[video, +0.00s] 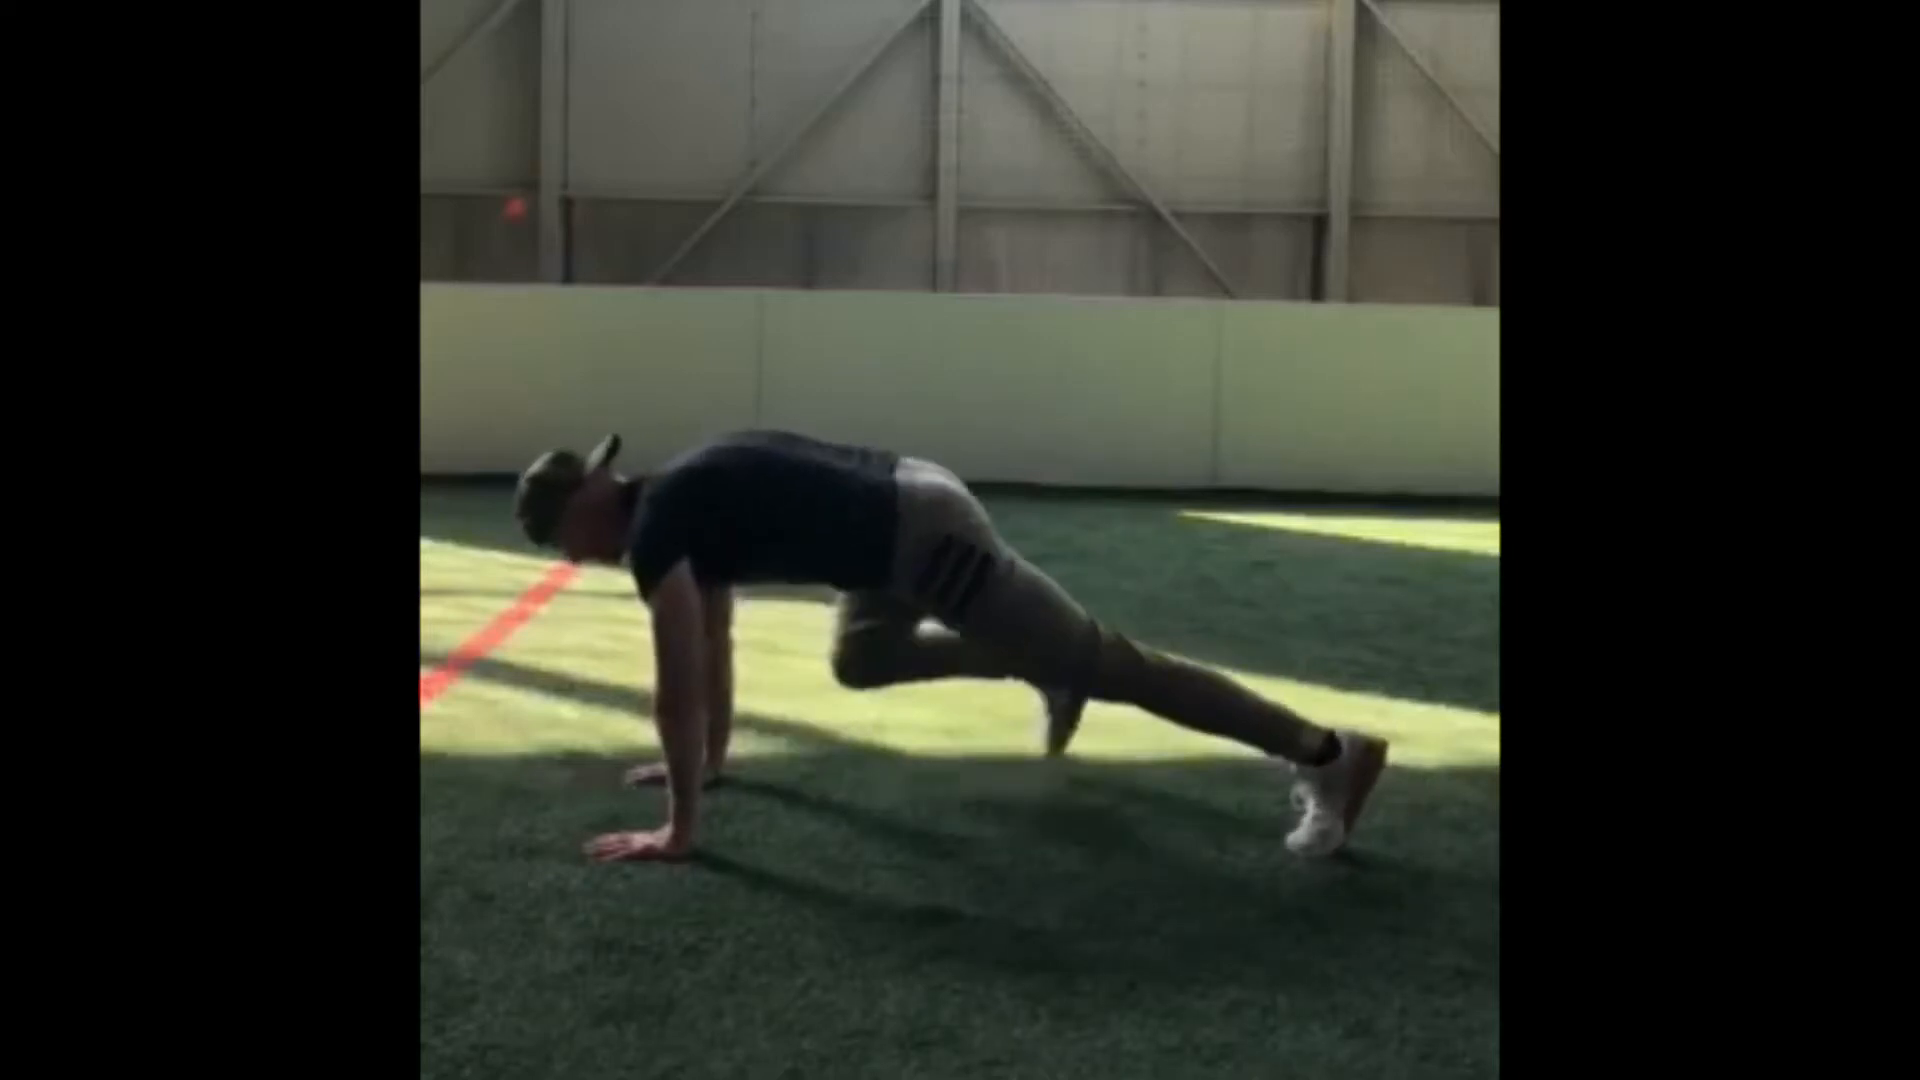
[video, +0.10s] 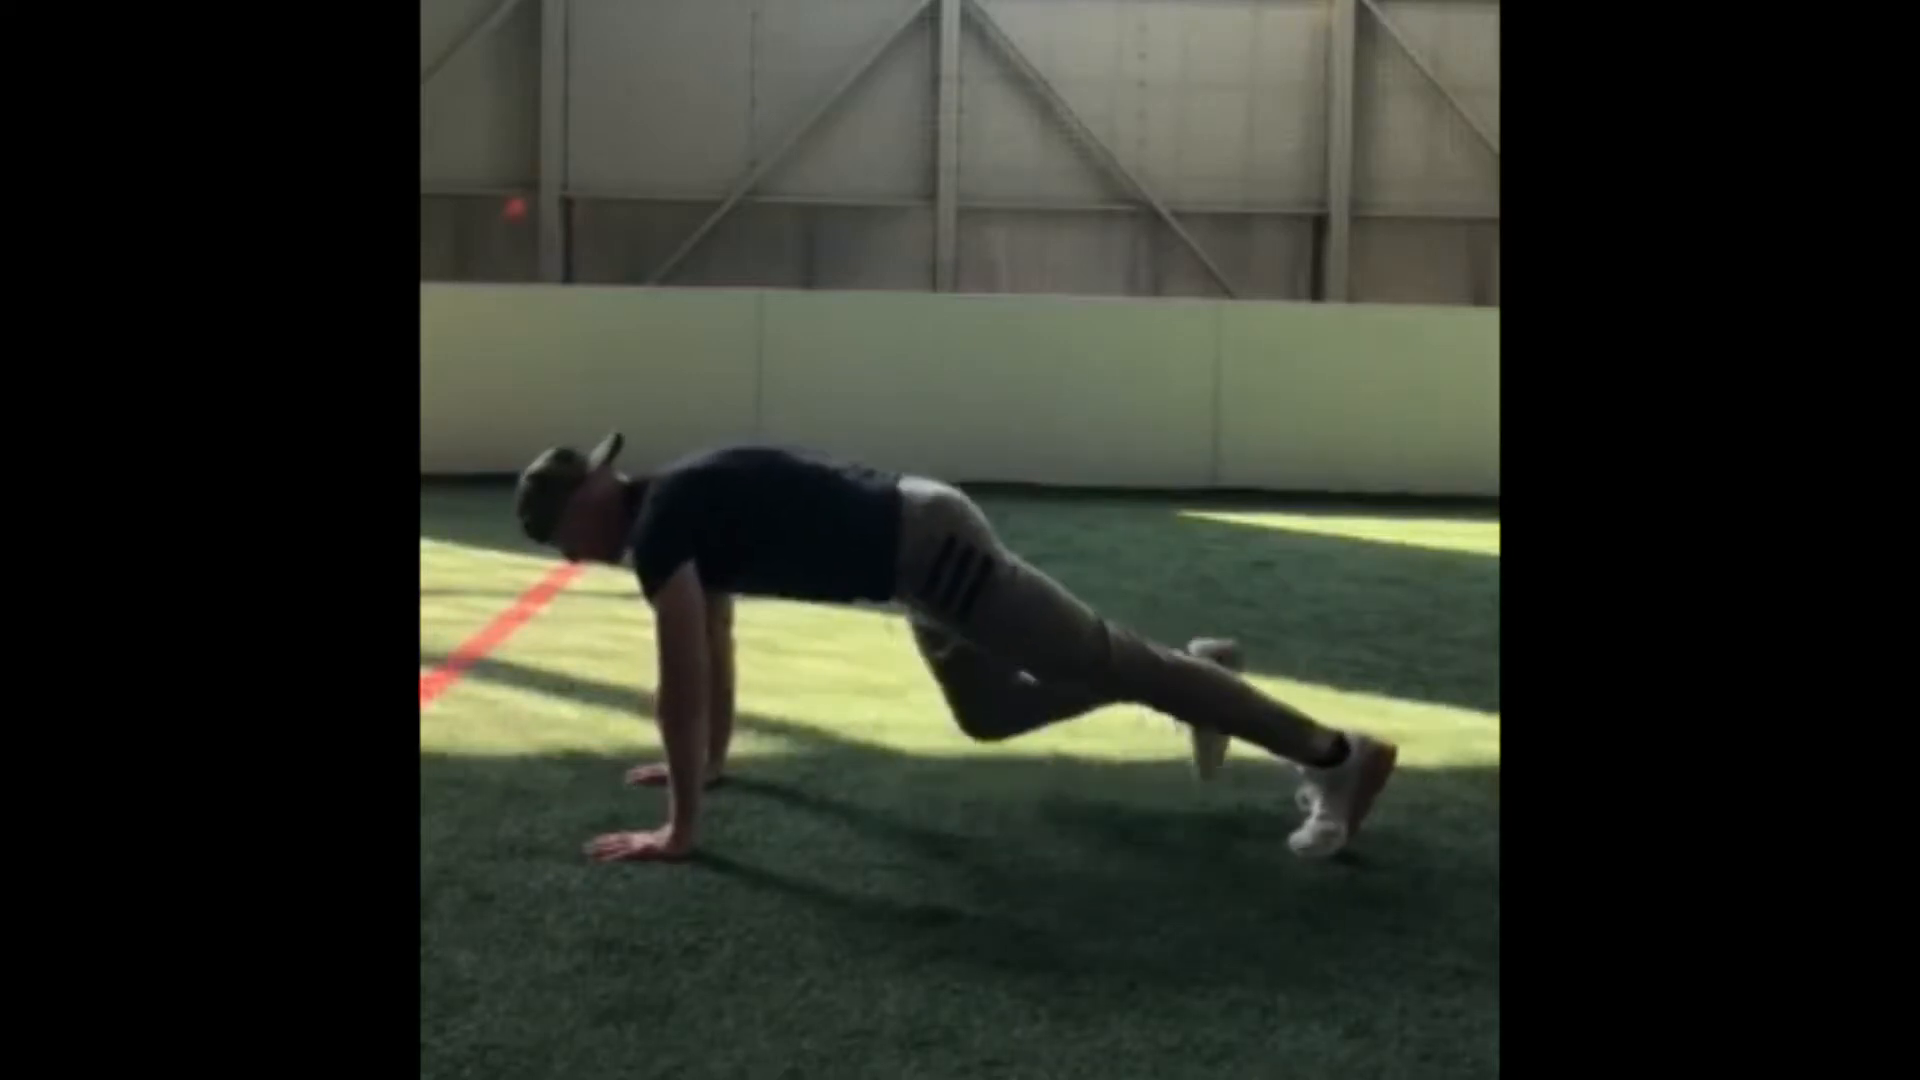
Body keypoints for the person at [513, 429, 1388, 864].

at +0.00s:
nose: (583, 563)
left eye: (575, 549)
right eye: (572, 551)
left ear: (591, 509)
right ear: (605, 488)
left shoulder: (659, 531)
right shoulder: (685, 499)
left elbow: (678, 690)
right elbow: (712, 654)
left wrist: (678, 828)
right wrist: (707, 757)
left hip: (924, 527)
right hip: (900, 509)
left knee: (1110, 666)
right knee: (860, 661)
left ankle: (1330, 754)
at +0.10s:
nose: (582, 562)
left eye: (573, 546)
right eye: (570, 551)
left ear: (591, 506)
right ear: (603, 491)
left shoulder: (659, 530)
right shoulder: (683, 511)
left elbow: (679, 688)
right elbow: (716, 662)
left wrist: (679, 830)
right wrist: (705, 763)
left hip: (932, 544)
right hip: (920, 550)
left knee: (1124, 666)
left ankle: (1340, 756)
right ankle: (1175, 678)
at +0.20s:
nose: (595, 562)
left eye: (585, 546)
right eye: (583, 550)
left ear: (603, 506)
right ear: (617, 489)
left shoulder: (672, 531)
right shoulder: (696, 506)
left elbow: (689, 686)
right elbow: (721, 666)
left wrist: (681, 826)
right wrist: (704, 768)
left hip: (944, 573)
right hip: (940, 556)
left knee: (1103, 697)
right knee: (1082, 698)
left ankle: (1355, 768)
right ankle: (1286, 733)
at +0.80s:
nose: (563, 560)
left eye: (552, 544)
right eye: (549, 551)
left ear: (572, 501)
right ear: (580, 496)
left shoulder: (648, 530)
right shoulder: (657, 500)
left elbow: (659, 692)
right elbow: (689, 667)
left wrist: (684, 826)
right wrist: (682, 761)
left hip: (867, 577)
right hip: (903, 570)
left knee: (670, 596)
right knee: (1048, 708)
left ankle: (731, 837)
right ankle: (1255, 721)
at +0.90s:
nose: (556, 567)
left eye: (546, 552)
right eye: (543, 558)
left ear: (568, 511)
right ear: (579, 498)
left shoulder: (642, 532)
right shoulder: (658, 501)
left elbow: (663, 684)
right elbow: (706, 654)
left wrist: (672, 830)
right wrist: (693, 756)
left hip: (872, 546)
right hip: (912, 540)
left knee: (683, 602)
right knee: (1052, 672)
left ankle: (802, 825)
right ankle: (1269, 723)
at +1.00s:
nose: (558, 567)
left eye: (550, 552)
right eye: (546, 558)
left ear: (573, 505)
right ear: (581, 496)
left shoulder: (638, 537)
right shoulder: (657, 502)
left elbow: (669, 686)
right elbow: (703, 647)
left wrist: (680, 832)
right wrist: (705, 755)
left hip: (880, 530)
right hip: (920, 503)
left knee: (764, 703)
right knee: (1073, 638)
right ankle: (1280, 721)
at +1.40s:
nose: (577, 569)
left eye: (568, 553)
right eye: (565, 557)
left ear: (588, 507)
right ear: (600, 491)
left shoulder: (654, 535)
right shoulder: (683, 504)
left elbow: (679, 690)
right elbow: (716, 659)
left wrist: (678, 830)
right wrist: (703, 756)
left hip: (927, 552)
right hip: (935, 514)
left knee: (1084, 708)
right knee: (1089, 667)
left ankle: (1321, 767)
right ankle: (1285, 710)